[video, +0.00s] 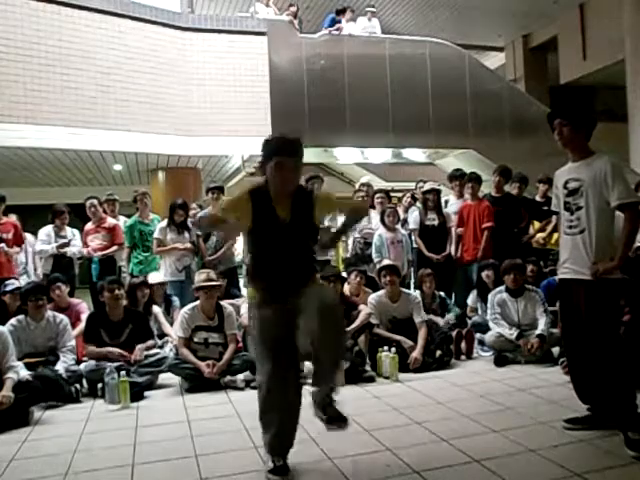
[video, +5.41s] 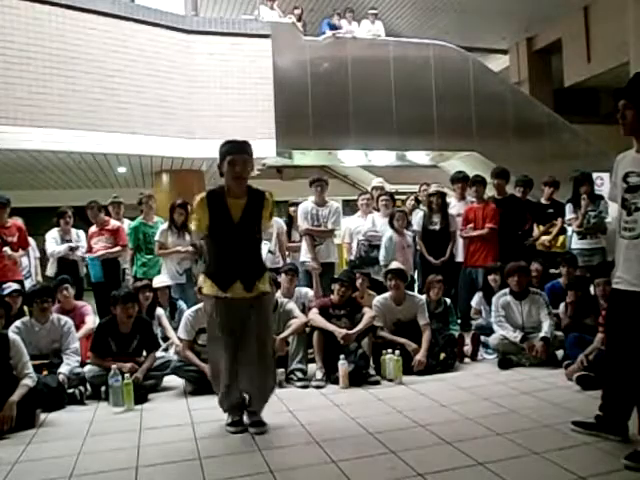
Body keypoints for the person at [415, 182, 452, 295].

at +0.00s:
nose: (432, 198)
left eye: (435, 195)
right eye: (429, 194)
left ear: (438, 197)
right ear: (424, 197)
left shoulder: (445, 214)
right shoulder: (418, 214)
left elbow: (449, 234)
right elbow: (416, 236)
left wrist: (447, 251)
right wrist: (428, 254)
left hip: (443, 257)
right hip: (425, 257)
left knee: (444, 290)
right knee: (425, 289)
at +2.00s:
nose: (436, 200)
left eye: (439, 197)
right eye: (433, 197)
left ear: (443, 199)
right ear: (429, 199)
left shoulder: (449, 217)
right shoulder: (423, 216)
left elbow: (454, 236)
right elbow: (420, 238)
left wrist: (453, 253)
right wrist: (433, 256)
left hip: (448, 259)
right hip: (430, 259)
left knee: (448, 292)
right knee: (429, 291)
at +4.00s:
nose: (437, 201)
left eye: (439, 198)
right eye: (434, 198)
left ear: (443, 200)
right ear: (429, 199)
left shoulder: (448, 217)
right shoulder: (423, 217)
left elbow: (453, 236)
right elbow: (420, 238)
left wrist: (450, 254)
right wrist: (432, 256)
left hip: (446, 260)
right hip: (429, 260)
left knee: (447, 291)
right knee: (428, 290)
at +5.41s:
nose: (435, 201)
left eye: (438, 197)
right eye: (433, 197)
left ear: (443, 200)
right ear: (429, 200)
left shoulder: (450, 218)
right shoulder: (422, 217)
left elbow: (452, 238)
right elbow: (418, 239)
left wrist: (446, 256)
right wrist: (429, 257)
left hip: (444, 259)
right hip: (427, 260)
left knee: (445, 290)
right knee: (426, 289)